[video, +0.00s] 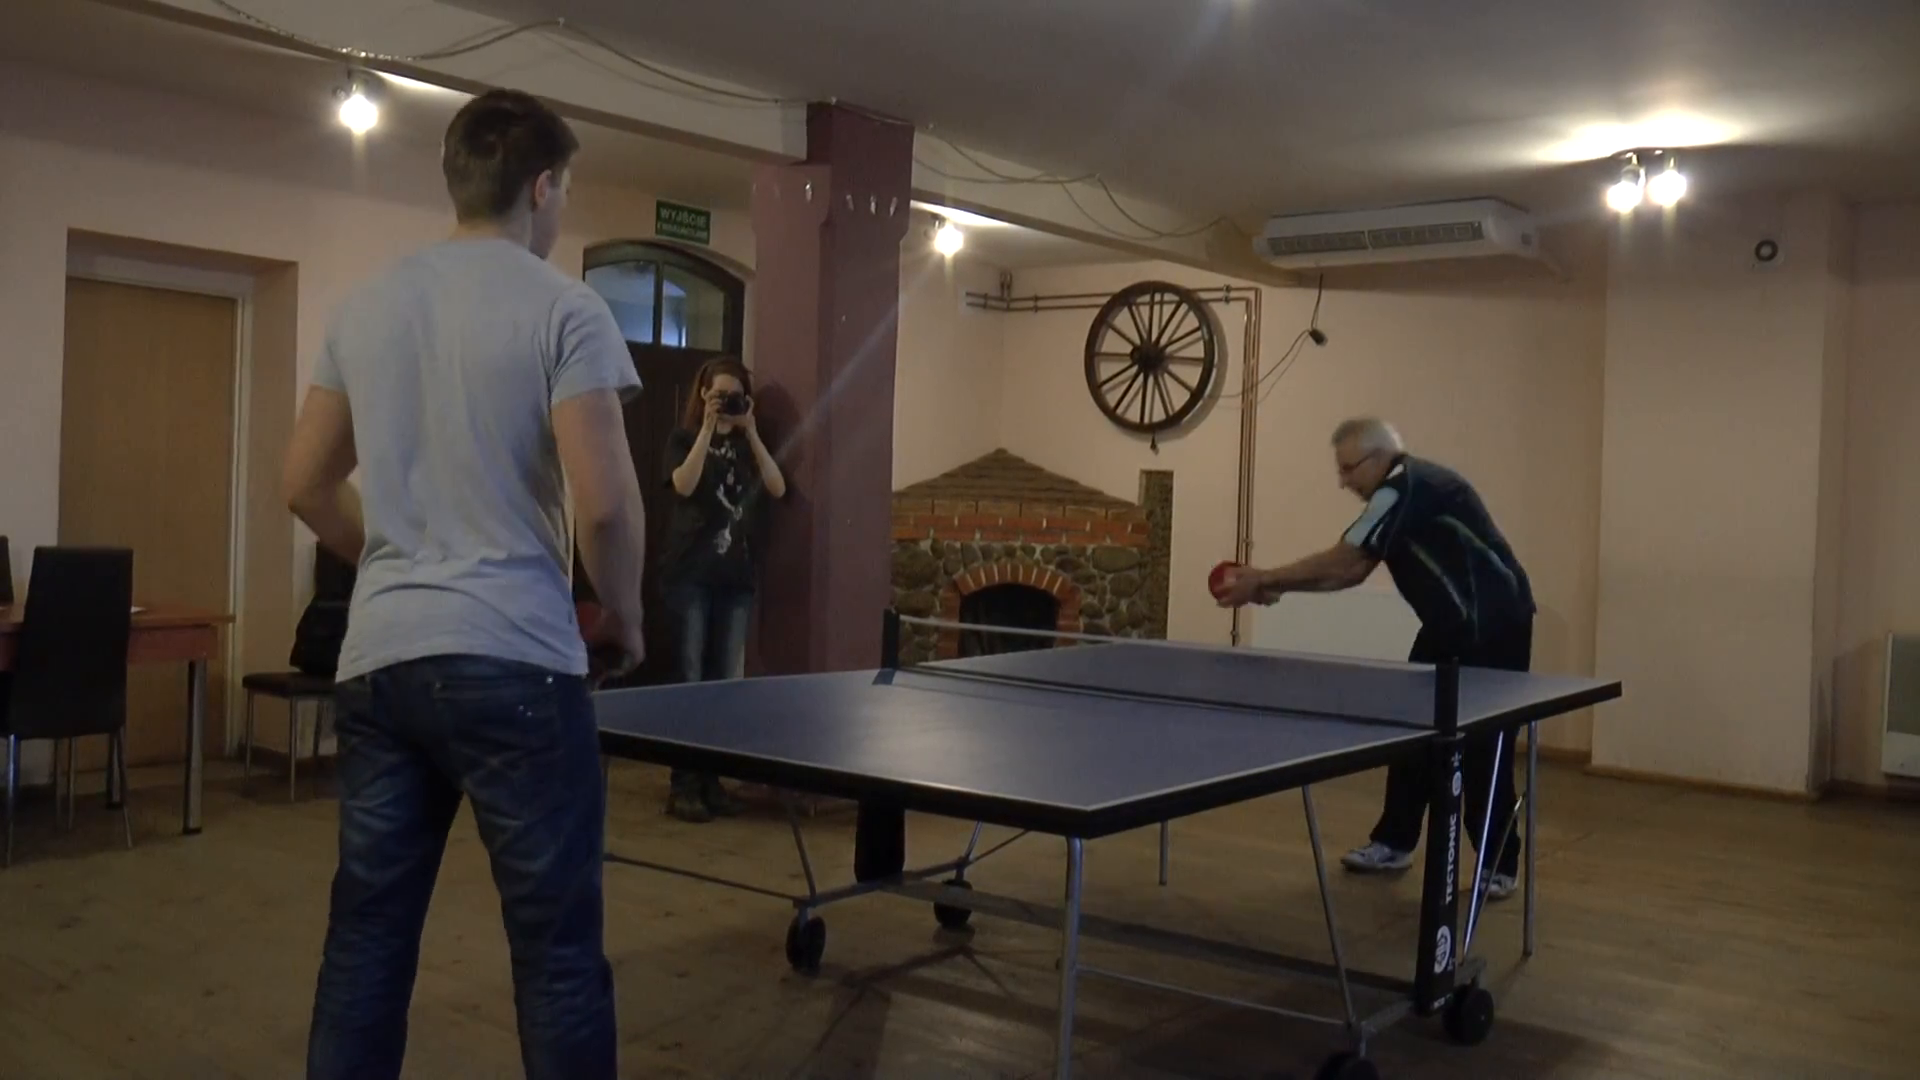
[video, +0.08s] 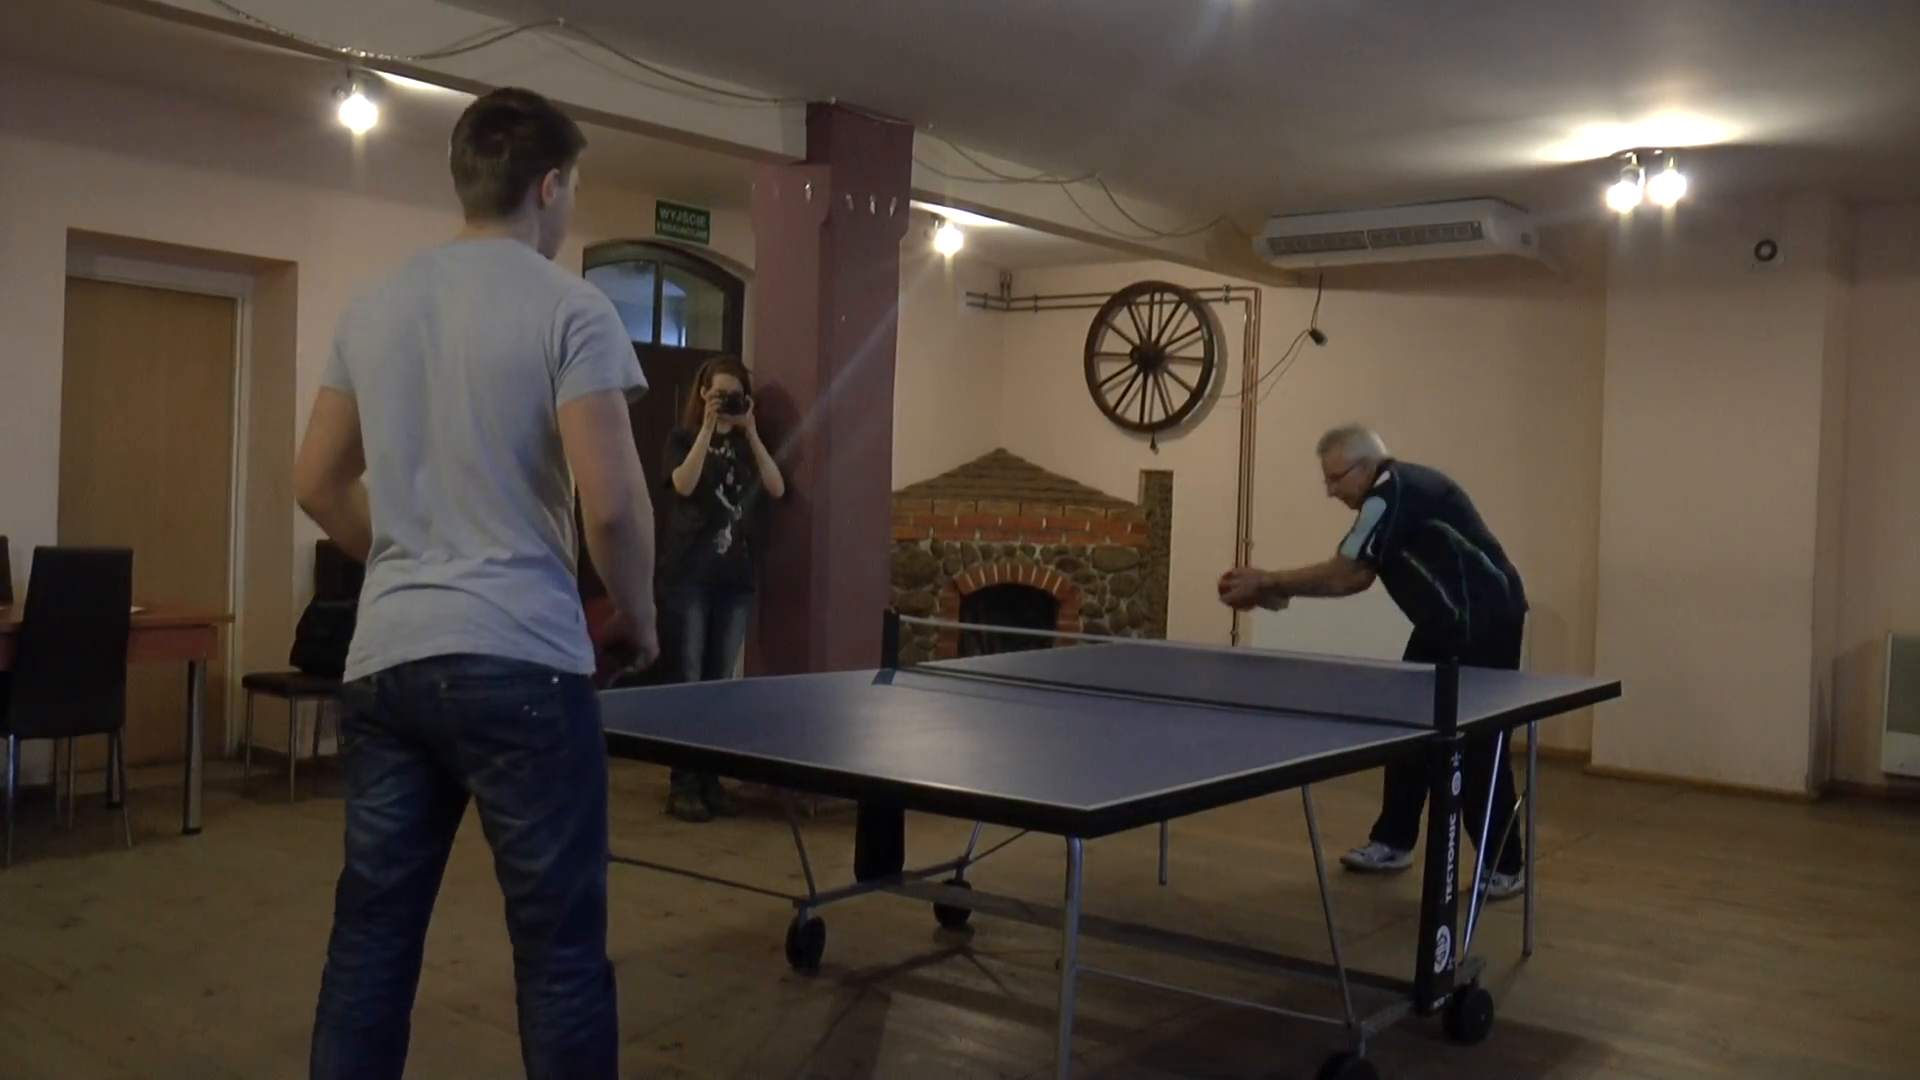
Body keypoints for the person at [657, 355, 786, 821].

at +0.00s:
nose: (727, 404)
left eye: (735, 398)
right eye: (720, 396)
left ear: (746, 402)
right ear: (703, 395)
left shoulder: (751, 444)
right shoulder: (684, 440)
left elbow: (778, 488)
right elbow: (684, 486)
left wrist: (750, 433)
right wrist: (707, 431)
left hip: (736, 572)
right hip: (689, 571)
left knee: (730, 679)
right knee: (689, 678)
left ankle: (714, 779)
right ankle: (684, 783)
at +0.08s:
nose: (726, 404)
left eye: (735, 398)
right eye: (719, 396)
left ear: (745, 402)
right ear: (702, 394)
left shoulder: (751, 444)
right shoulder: (684, 439)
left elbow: (777, 488)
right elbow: (684, 485)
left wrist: (749, 432)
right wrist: (707, 430)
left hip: (736, 574)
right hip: (688, 572)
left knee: (722, 681)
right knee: (688, 679)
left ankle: (711, 779)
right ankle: (683, 783)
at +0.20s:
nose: (726, 403)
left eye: (734, 397)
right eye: (718, 395)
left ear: (745, 401)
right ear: (702, 394)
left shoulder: (750, 444)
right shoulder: (683, 439)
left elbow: (776, 488)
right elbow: (683, 486)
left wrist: (750, 432)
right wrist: (707, 431)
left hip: (737, 573)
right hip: (691, 571)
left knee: (721, 679)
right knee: (688, 677)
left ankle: (712, 778)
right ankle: (683, 782)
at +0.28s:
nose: (726, 403)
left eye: (734, 397)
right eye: (718, 395)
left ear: (745, 401)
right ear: (701, 394)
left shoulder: (750, 444)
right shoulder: (683, 439)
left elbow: (776, 488)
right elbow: (684, 486)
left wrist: (750, 432)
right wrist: (707, 430)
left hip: (737, 574)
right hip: (692, 572)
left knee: (721, 679)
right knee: (689, 677)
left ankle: (712, 778)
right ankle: (683, 782)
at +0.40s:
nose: (724, 403)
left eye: (734, 397)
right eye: (717, 395)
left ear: (744, 401)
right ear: (701, 394)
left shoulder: (750, 443)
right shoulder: (684, 439)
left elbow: (776, 489)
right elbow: (684, 486)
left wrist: (750, 432)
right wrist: (707, 431)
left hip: (738, 573)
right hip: (694, 572)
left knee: (721, 678)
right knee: (689, 676)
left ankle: (712, 779)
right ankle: (683, 782)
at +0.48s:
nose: (725, 403)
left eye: (734, 397)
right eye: (717, 394)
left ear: (744, 401)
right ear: (700, 393)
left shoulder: (749, 443)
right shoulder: (683, 437)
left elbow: (776, 489)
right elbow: (684, 487)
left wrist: (750, 431)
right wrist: (707, 430)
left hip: (738, 573)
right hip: (693, 571)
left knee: (721, 676)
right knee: (690, 674)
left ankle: (713, 778)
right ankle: (683, 782)